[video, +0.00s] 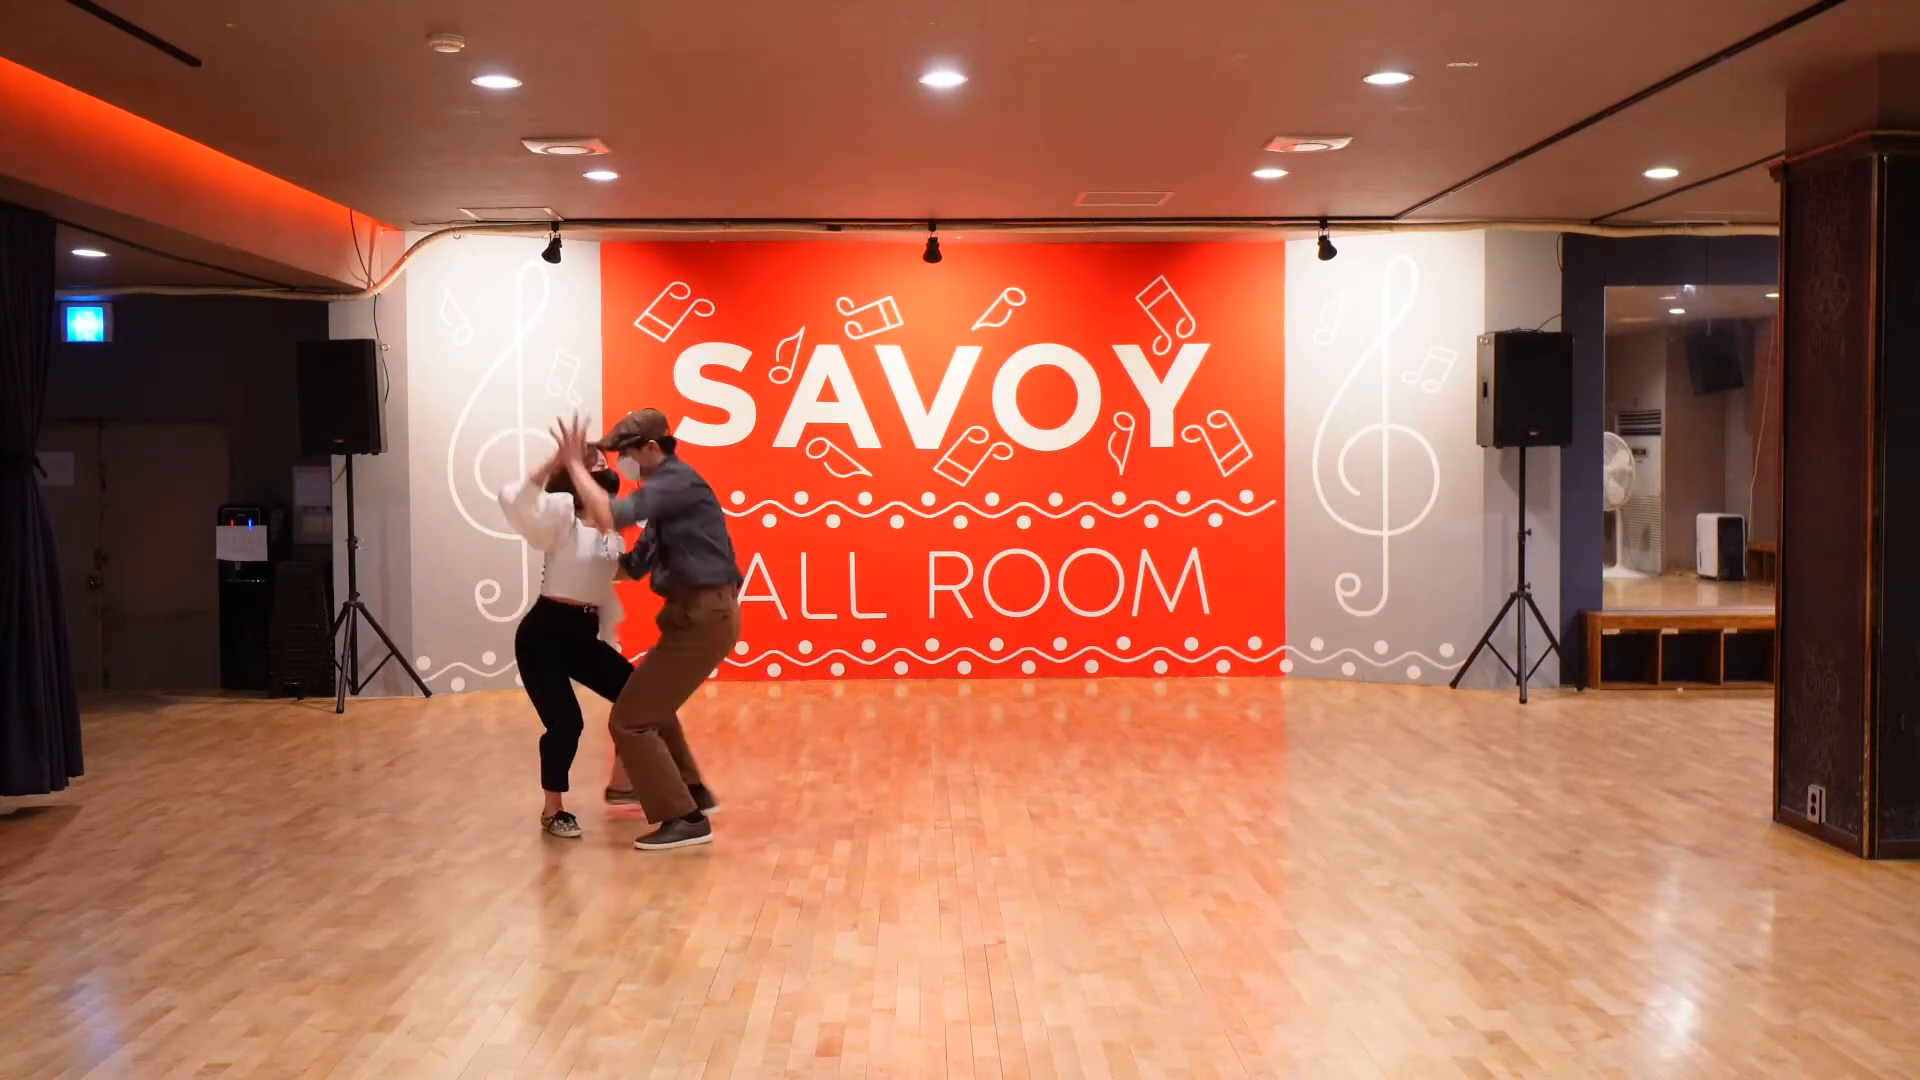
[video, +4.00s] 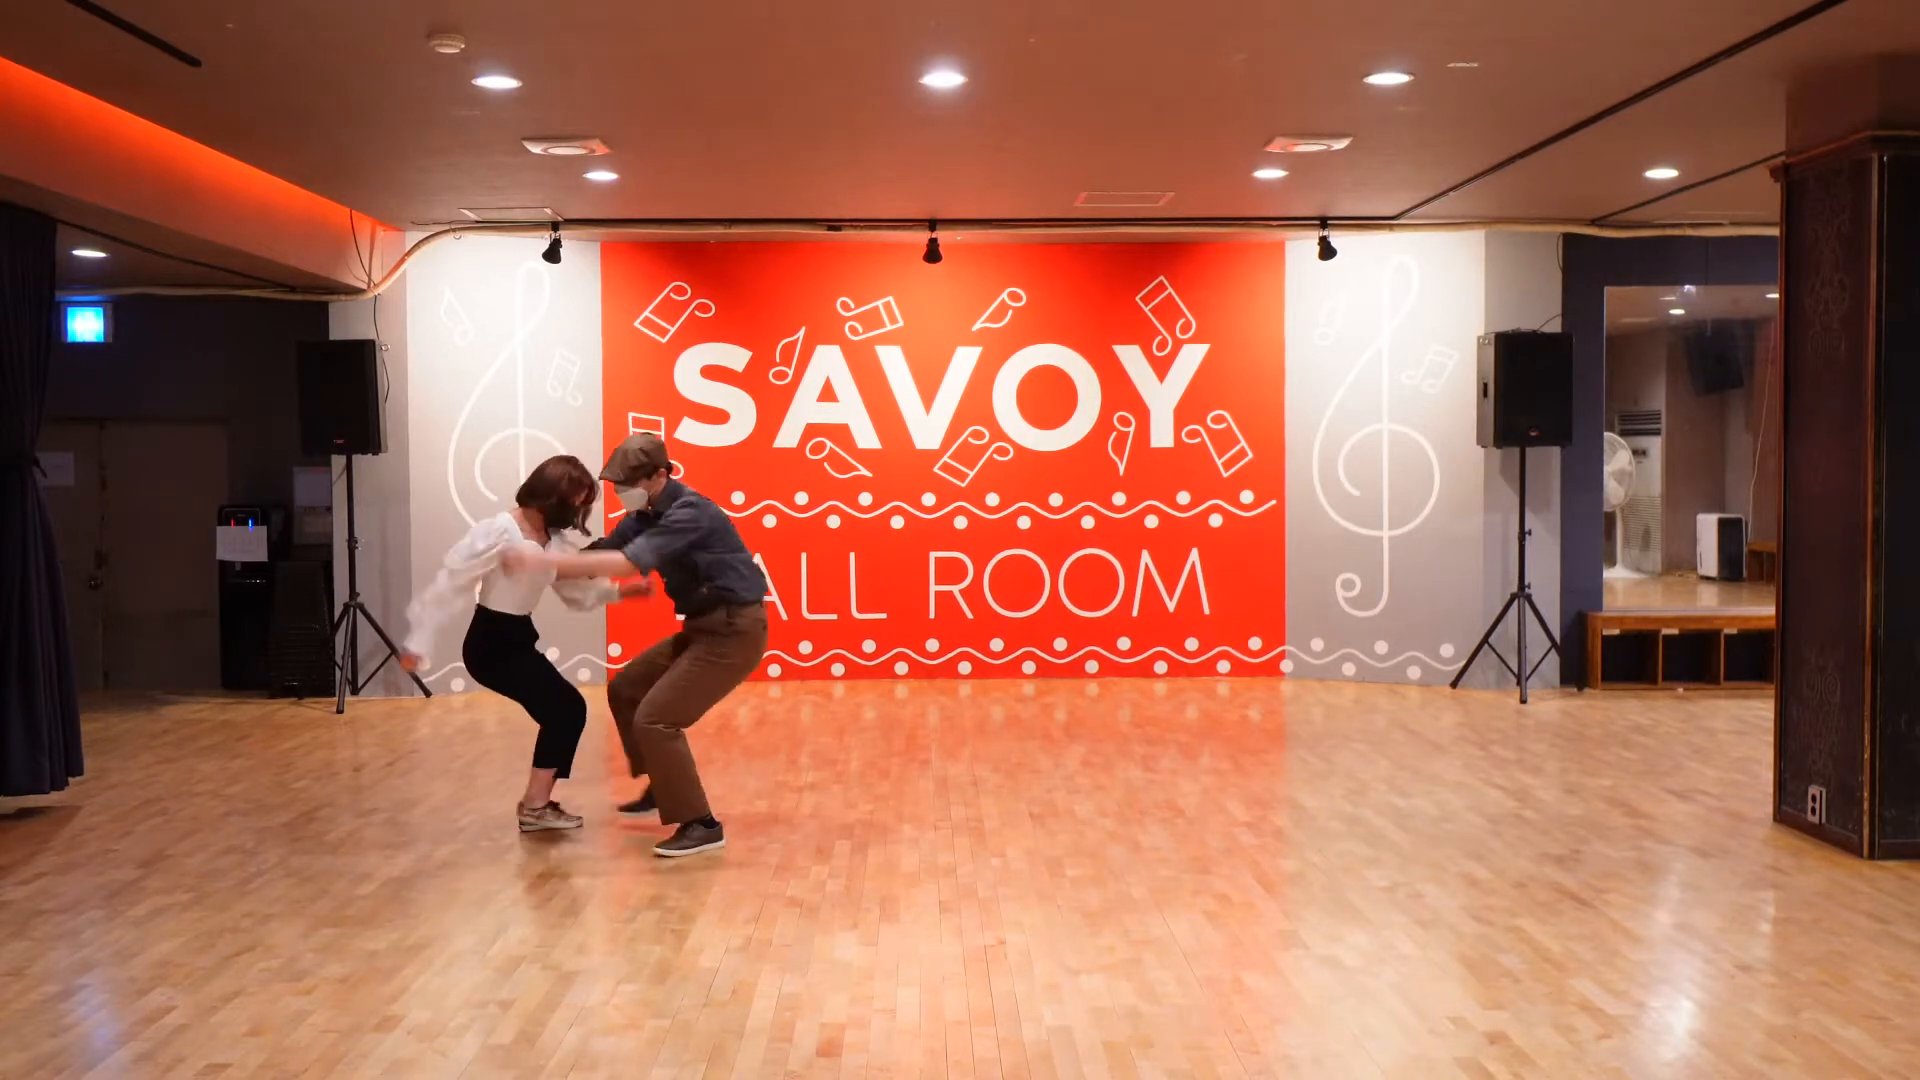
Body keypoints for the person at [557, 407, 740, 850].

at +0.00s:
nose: (625, 462)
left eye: (628, 452)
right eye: (622, 455)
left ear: (651, 446)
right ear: (654, 448)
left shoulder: (675, 480)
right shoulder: (670, 488)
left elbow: (609, 515)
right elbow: (636, 565)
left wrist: (575, 466)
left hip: (704, 619)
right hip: (700, 616)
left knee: (628, 721)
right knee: (650, 706)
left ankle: (682, 819)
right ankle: (692, 792)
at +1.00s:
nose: (626, 459)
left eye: (626, 448)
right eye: (621, 452)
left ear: (647, 432)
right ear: (650, 433)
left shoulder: (671, 453)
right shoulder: (662, 468)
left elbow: (630, 488)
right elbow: (624, 545)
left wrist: (557, 473)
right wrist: (593, 519)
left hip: (710, 589)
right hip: (694, 588)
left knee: (649, 700)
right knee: (630, 682)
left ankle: (693, 810)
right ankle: (640, 786)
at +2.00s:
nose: (629, 471)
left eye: (632, 461)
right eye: (626, 463)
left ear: (659, 450)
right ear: (649, 454)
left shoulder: (712, 493)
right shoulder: (648, 497)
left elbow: (739, 569)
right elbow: (600, 538)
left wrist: (684, 587)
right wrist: (576, 538)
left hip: (716, 617)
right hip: (684, 616)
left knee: (636, 697)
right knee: (654, 706)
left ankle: (669, 810)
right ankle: (717, 787)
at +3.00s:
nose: (616, 470)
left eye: (622, 462)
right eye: (615, 462)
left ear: (645, 460)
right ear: (638, 461)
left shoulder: (690, 509)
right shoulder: (631, 497)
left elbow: (752, 568)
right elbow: (580, 541)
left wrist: (795, 618)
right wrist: (529, 538)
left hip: (707, 617)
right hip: (676, 614)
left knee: (622, 686)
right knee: (644, 711)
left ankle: (614, 807)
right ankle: (700, 798)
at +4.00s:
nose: (620, 495)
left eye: (626, 486)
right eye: (617, 487)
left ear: (656, 478)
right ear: (649, 480)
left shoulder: (690, 513)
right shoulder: (647, 515)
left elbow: (630, 562)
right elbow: (601, 551)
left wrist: (546, 562)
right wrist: (537, 553)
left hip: (735, 635)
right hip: (701, 632)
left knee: (653, 719)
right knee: (624, 691)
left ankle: (701, 823)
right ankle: (662, 785)